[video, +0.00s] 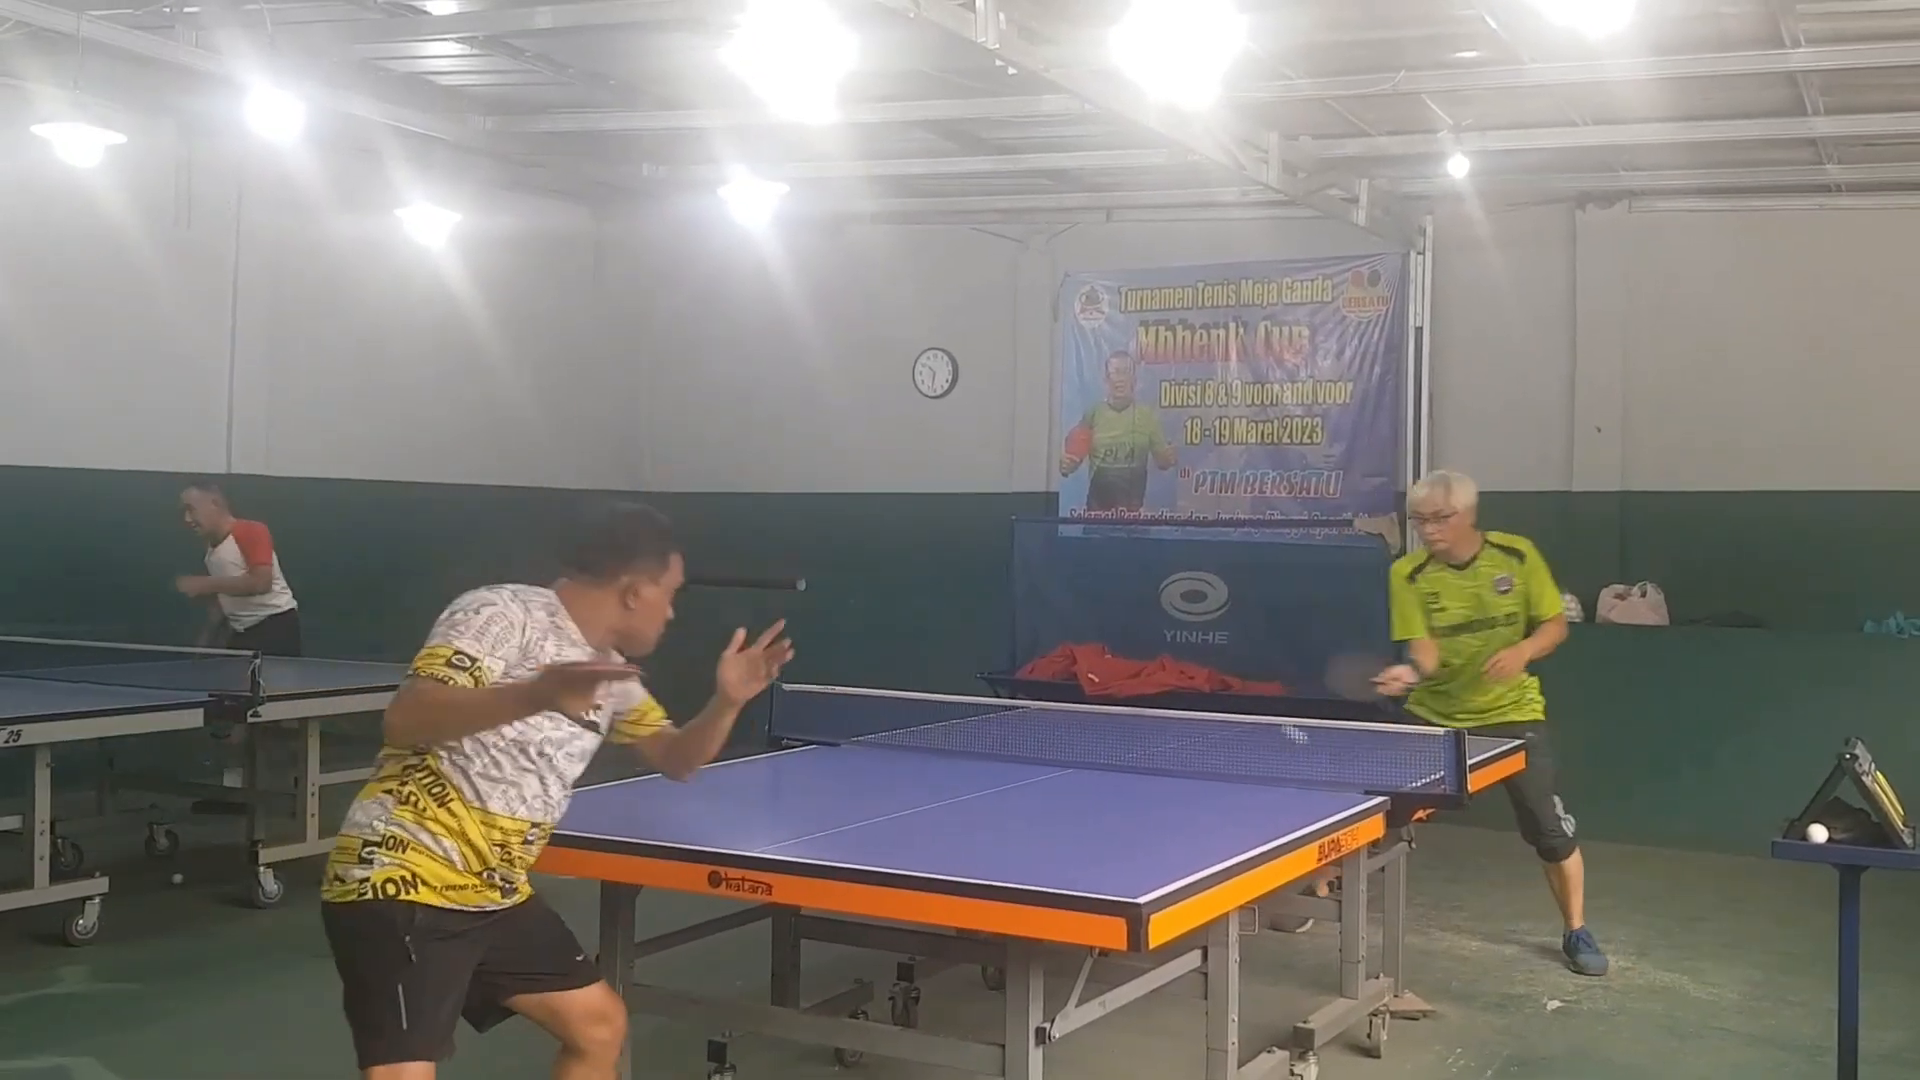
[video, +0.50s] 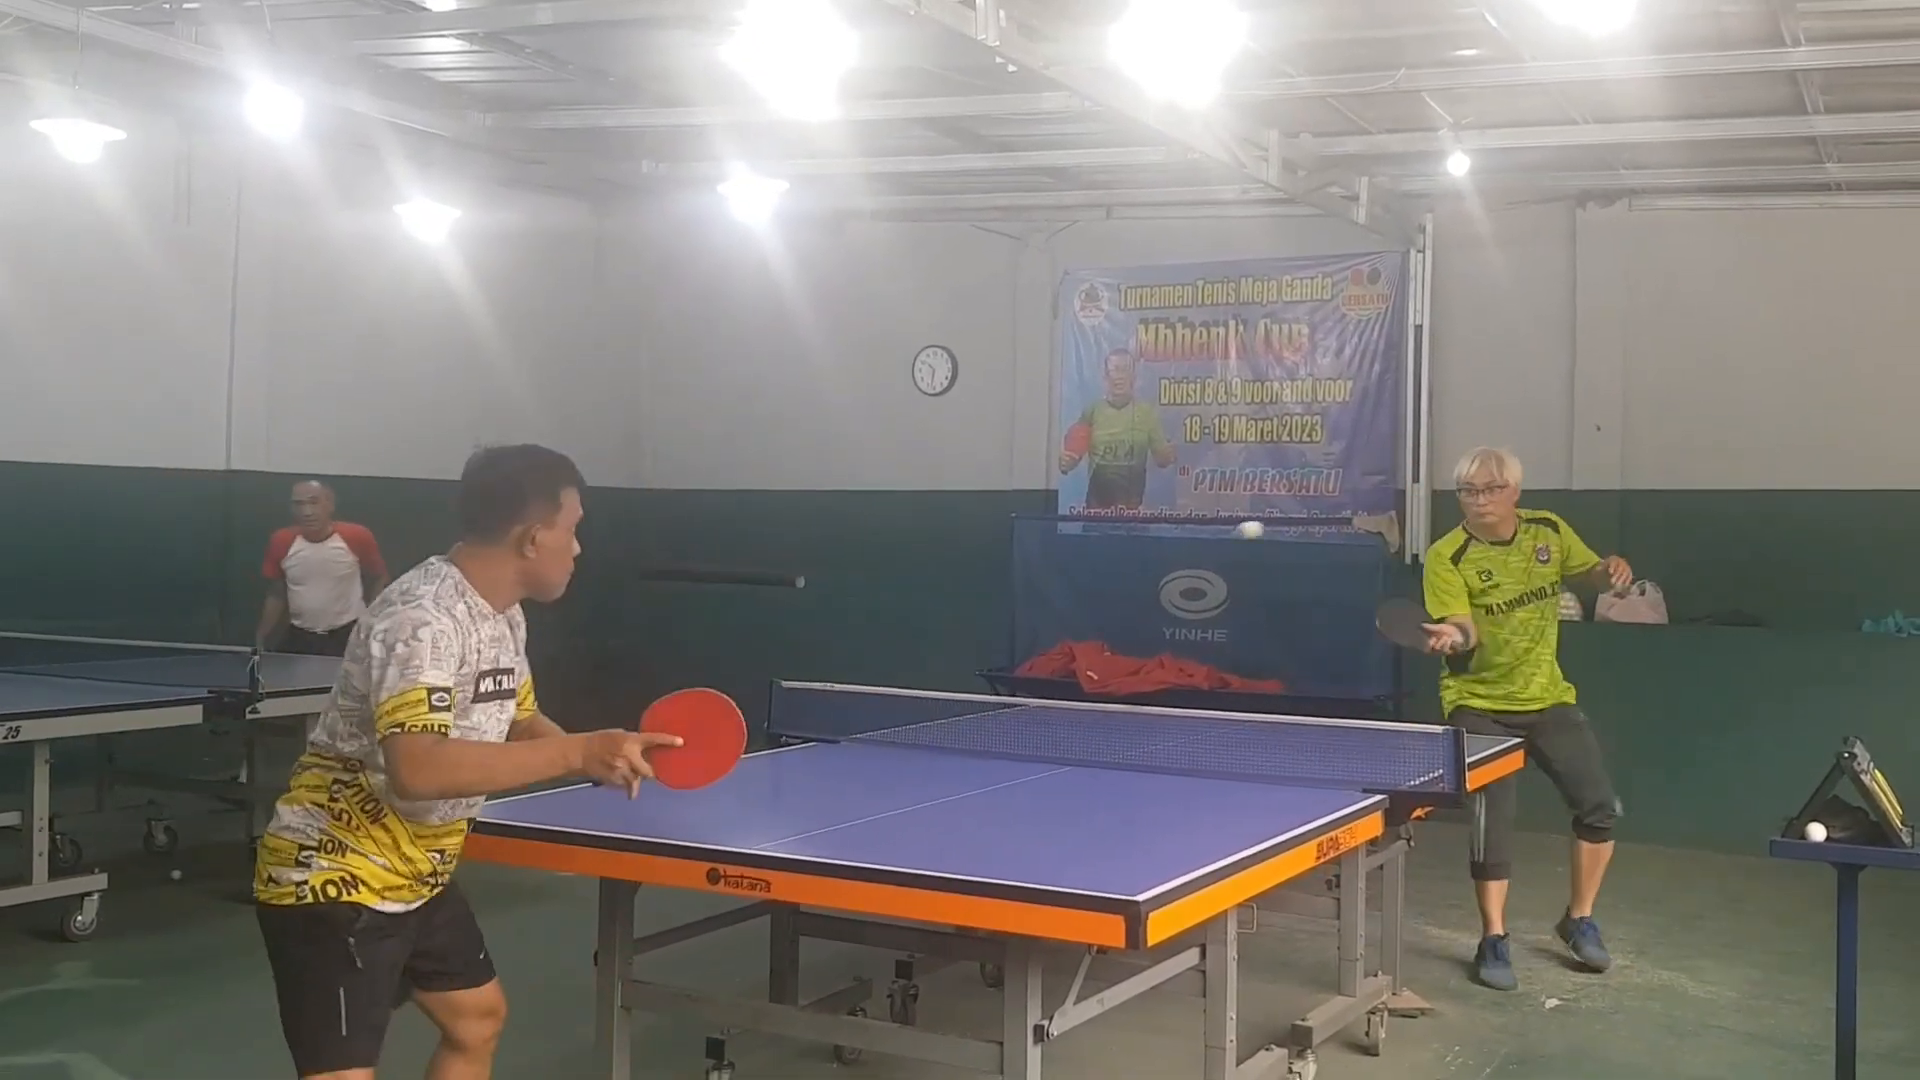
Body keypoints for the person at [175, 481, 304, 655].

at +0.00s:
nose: (187, 519)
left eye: (191, 510)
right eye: (185, 512)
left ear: (215, 503)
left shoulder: (253, 531)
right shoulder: (212, 552)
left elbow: (261, 582)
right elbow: (221, 608)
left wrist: (204, 585)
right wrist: (203, 647)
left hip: (276, 628)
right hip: (242, 633)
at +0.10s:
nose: (201, 518)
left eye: (205, 508)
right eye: (198, 510)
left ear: (231, 504)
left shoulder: (267, 535)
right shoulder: (220, 554)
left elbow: (293, 583)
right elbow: (224, 604)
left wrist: (247, 616)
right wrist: (209, 647)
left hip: (284, 631)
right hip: (247, 637)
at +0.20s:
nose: (220, 516)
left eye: (225, 506)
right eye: (217, 509)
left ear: (250, 502)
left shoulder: (285, 537)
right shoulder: (230, 549)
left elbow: (323, 582)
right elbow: (234, 601)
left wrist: (299, 625)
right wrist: (218, 646)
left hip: (293, 636)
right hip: (255, 638)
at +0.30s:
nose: (247, 515)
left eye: (254, 506)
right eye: (243, 509)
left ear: (277, 506)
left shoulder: (311, 540)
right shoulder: (243, 547)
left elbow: (350, 577)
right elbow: (246, 599)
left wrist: (336, 625)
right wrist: (230, 647)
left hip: (313, 637)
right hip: (269, 640)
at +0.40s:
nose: (277, 514)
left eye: (285, 506)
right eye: (272, 507)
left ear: (305, 506)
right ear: (268, 511)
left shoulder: (335, 539)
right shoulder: (264, 544)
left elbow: (370, 573)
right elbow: (262, 595)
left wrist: (361, 619)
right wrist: (246, 641)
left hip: (330, 638)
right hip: (284, 639)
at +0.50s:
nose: (307, 511)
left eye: (314, 503)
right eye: (299, 504)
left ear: (330, 504)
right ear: (292, 508)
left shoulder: (357, 537)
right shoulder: (282, 542)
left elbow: (379, 579)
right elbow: (276, 594)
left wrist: (373, 623)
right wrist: (260, 639)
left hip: (348, 640)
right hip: (300, 640)